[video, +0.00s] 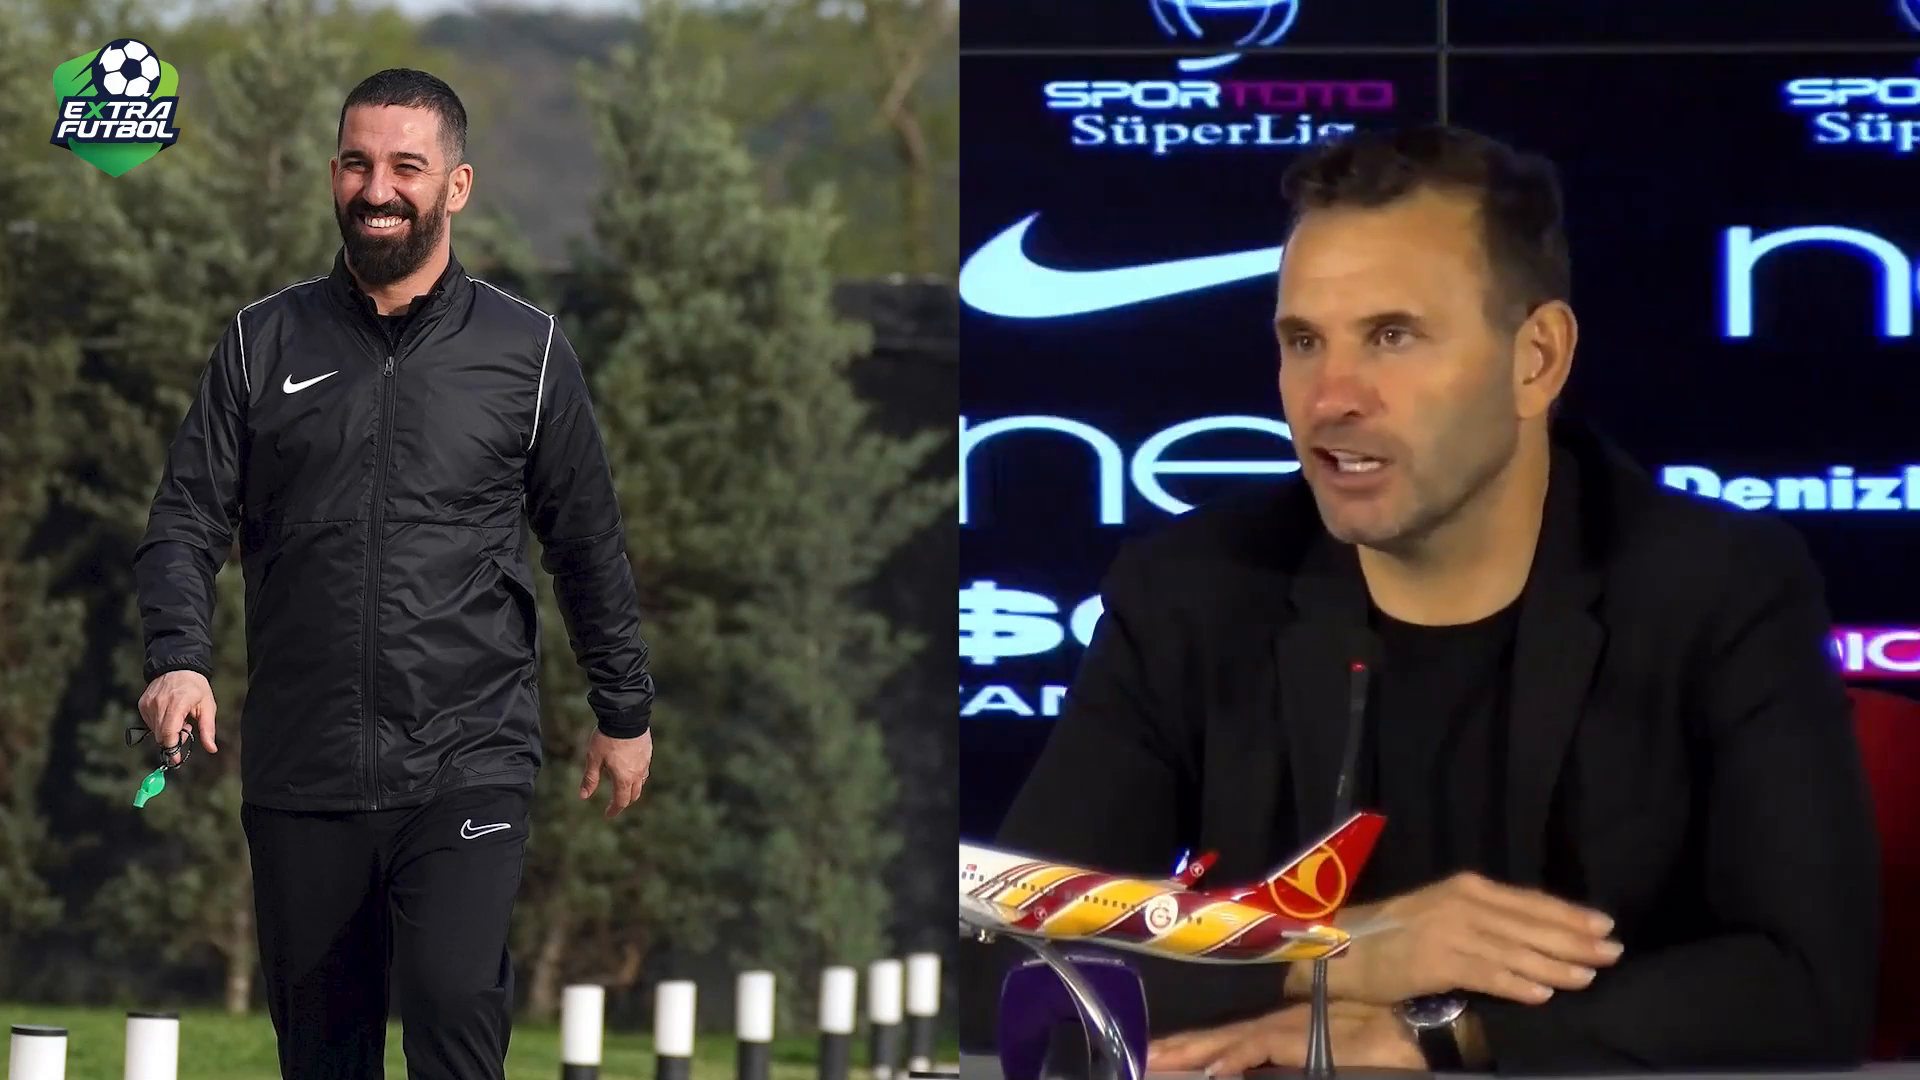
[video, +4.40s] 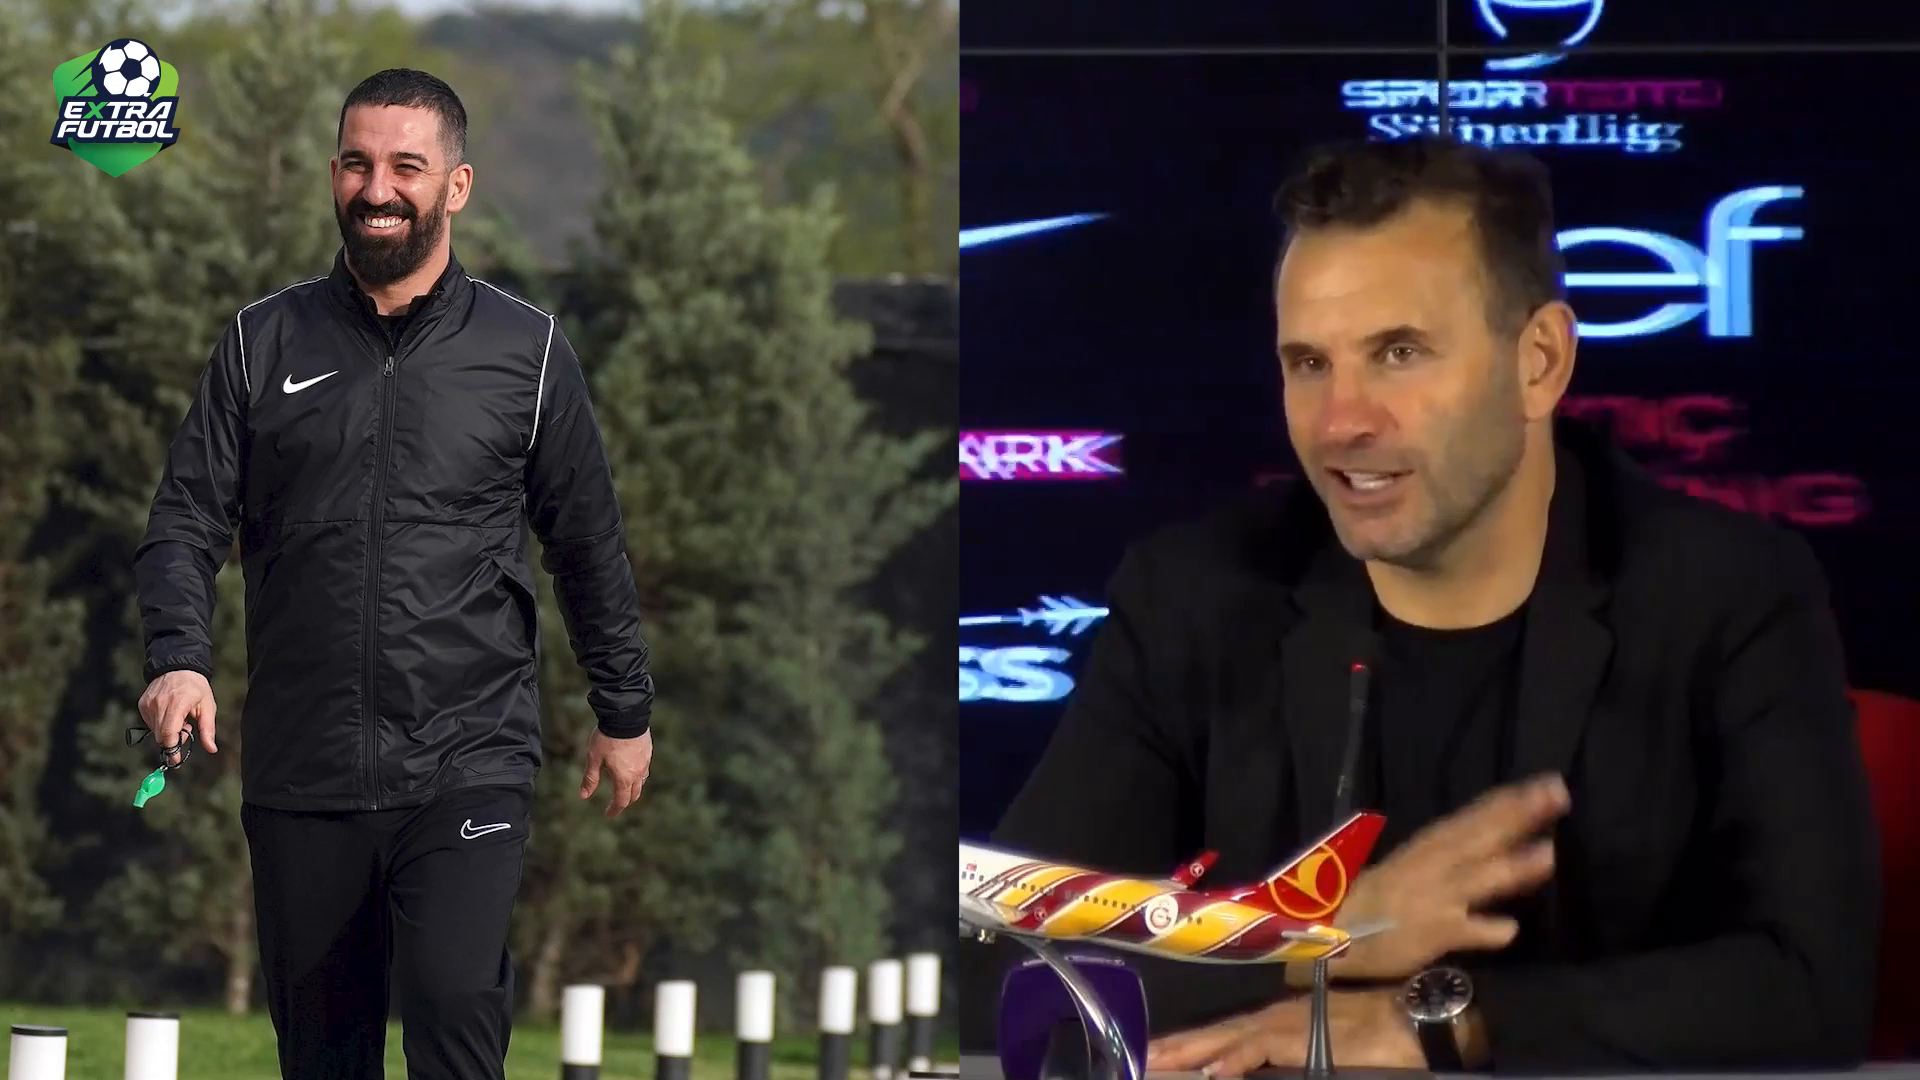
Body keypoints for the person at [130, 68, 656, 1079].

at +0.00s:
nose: (375, 187)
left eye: (405, 164)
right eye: (356, 162)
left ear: (458, 185)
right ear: (334, 177)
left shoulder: (530, 350)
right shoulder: (259, 342)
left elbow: (588, 541)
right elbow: (187, 513)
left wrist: (623, 708)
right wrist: (177, 658)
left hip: (472, 752)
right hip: (301, 755)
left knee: (455, 1018)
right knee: (320, 1043)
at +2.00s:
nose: (376, 187)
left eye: (405, 164)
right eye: (356, 162)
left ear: (458, 185)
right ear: (334, 177)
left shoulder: (530, 350)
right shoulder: (259, 342)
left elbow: (589, 541)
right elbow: (186, 513)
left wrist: (623, 708)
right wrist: (178, 658)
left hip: (471, 752)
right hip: (301, 755)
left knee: (455, 1020)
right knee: (320, 1043)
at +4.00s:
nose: (376, 187)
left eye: (405, 164)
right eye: (356, 162)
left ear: (458, 185)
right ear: (334, 177)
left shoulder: (530, 350)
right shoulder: (259, 342)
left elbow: (589, 541)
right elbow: (187, 513)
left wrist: (623, 708)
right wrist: (178, 658)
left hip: (471, 753)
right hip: (301, 755)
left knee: (455, 1018)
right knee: (320, 1043)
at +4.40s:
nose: (376, 187)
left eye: (405, 164)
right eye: (356, 162)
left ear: (458, 185)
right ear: (334, 177)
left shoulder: (530, 350)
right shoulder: (260, 342)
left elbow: (588, 541)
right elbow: (187, 512)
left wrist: (623, 708)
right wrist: (178, 658)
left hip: (471, 752)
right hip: (302, 755)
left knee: (454, 1016)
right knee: (320, 1042)